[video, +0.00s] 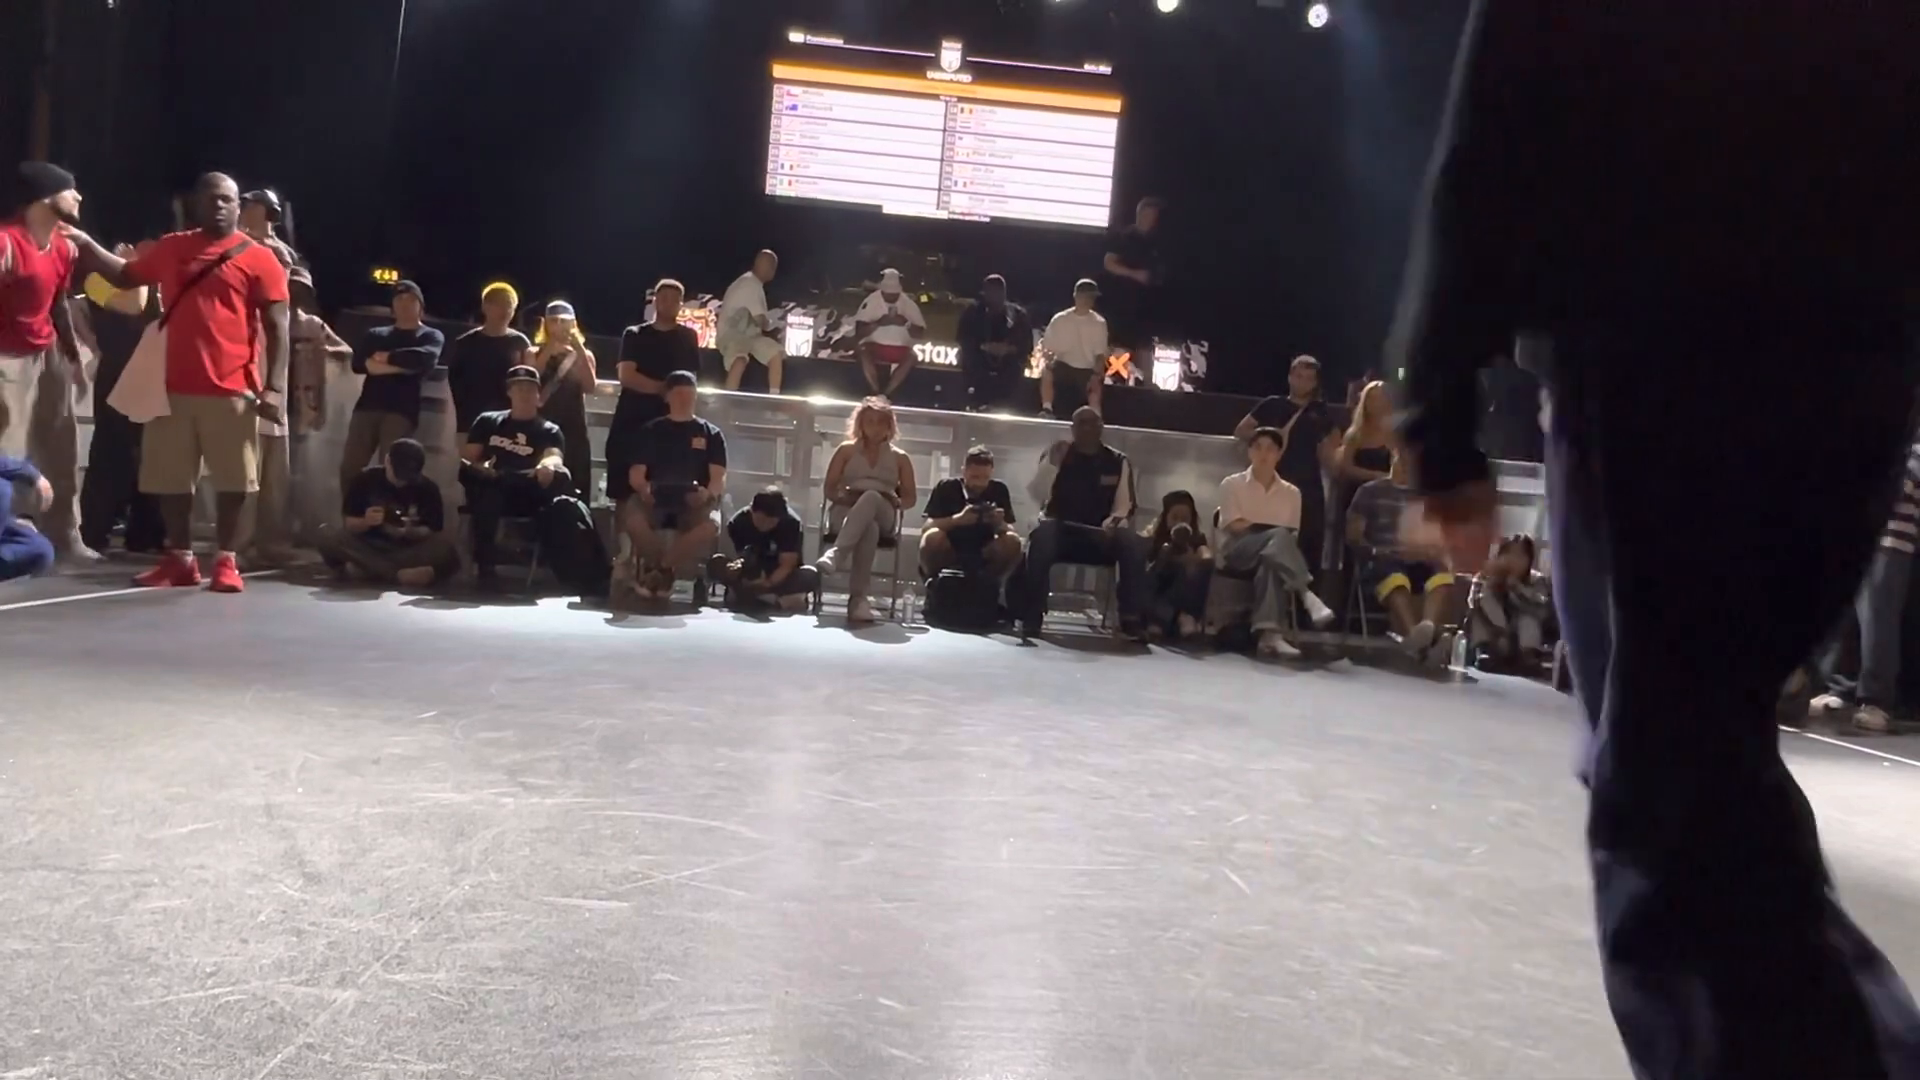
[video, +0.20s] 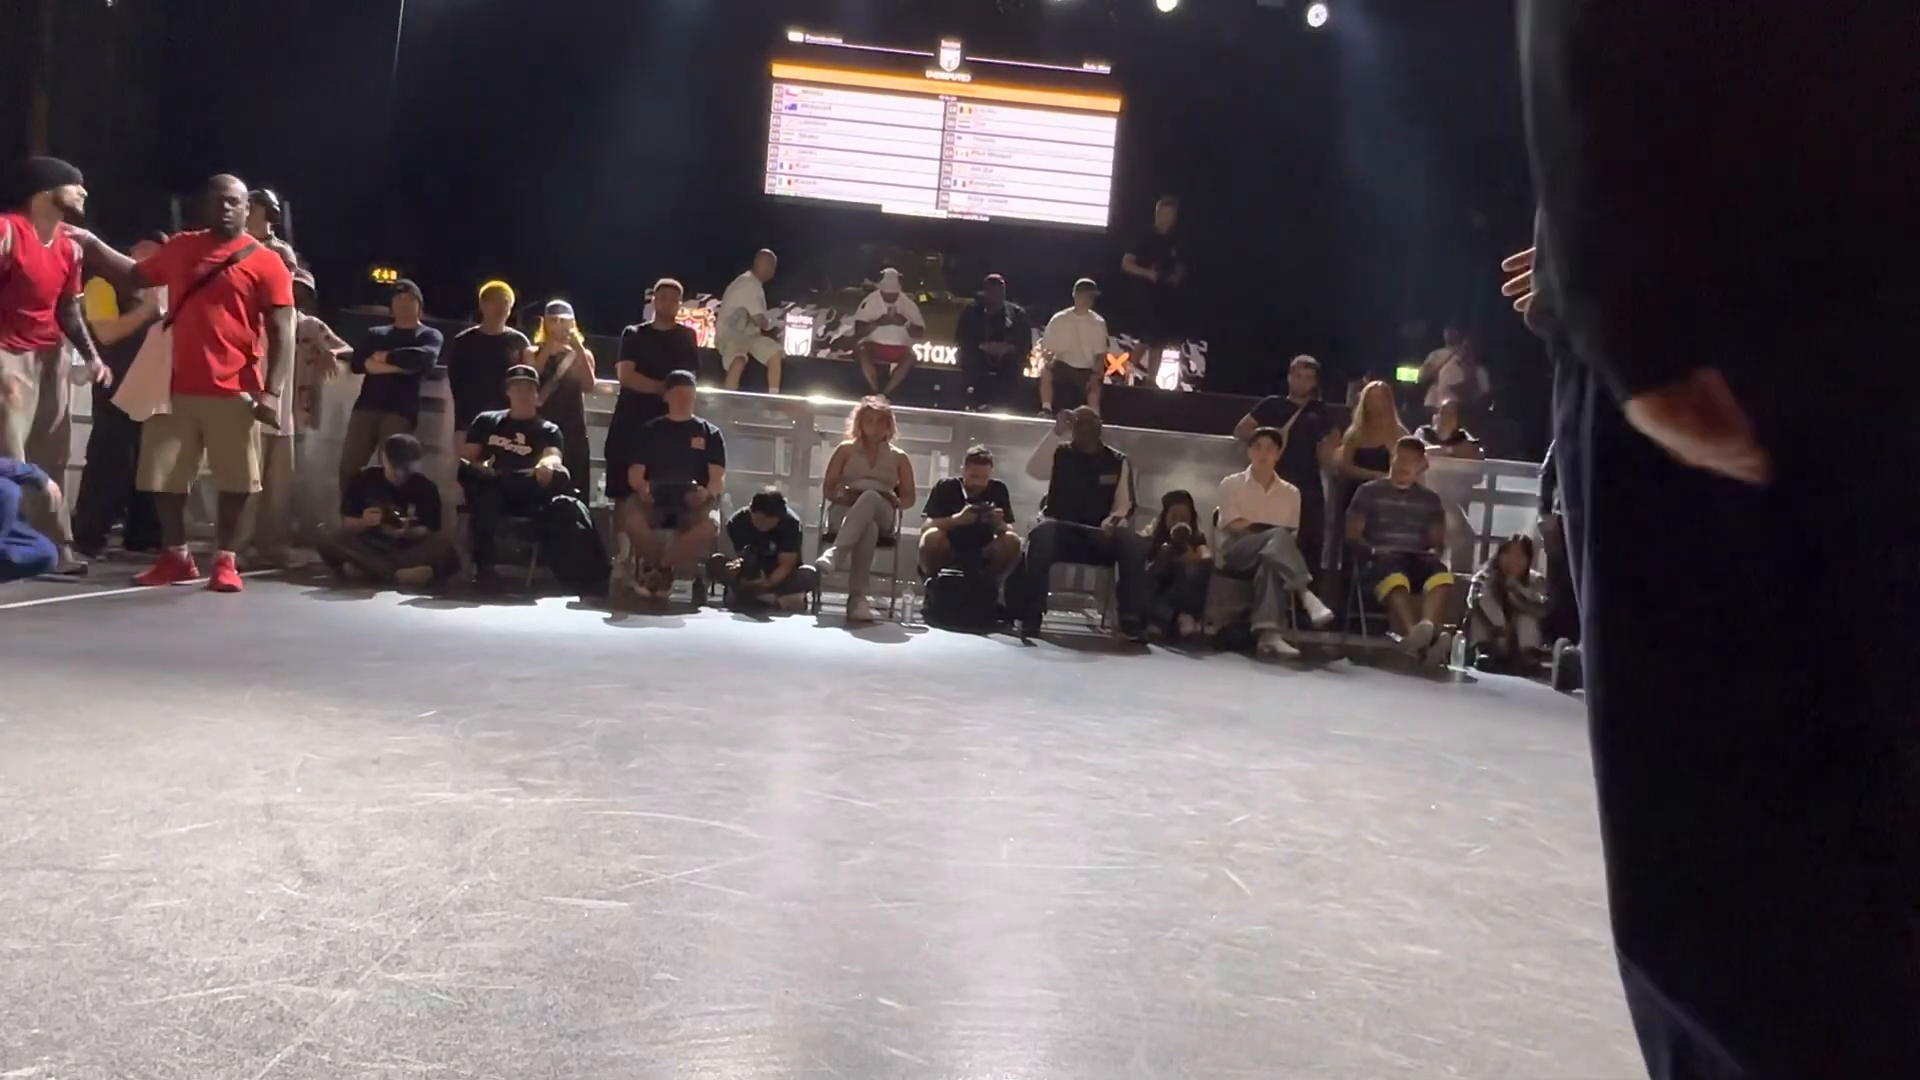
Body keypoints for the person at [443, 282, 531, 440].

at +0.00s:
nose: (505, 312)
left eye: (509, 306)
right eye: (499, 305)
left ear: (514, 310)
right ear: (485, 307)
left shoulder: (520, 343)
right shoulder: (463, 343)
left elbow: (526, 380)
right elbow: (454, 379)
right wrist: (464, 413)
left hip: (508, 421)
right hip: (470, 420)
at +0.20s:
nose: (502, 309)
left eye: (506, 303)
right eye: (496, 302)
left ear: (511, 307)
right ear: (482, 305)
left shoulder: (519, 341)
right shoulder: (462, 341)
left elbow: (525, 380)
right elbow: (454, 380)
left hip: (507, 420)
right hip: (468, 419)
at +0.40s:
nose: (495, 311)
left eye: (500, 306)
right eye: (490, 305)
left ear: (510, 312)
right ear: (482, 309)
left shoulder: (520, 345)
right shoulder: (462, 343)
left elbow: (526, 385)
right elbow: (455, 381)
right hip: (468, 421)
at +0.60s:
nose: (491, 313)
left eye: (497, 308)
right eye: (487, 307)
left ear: (508, 315)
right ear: (480, 311)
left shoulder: (519, 348)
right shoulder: (461, 344)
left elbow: (523, 388)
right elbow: (455, 384)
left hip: (504, 425)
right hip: (466, 422)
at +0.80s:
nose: (489, 317)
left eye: (495, 312)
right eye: (486, 311)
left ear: (506, 318)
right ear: (479, 313)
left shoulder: (515, 350)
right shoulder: (458, 345)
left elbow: (519, 389)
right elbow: (450, 384)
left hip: (500, 426)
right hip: (462, 422)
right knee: (459, 485)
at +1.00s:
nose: (484, 319)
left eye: (491, 314)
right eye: (481, 313)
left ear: (503, 320)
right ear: (475, 315)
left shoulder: (511, 352)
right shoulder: (455, 346)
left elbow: (514, 391)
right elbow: (445, 383)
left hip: (494, 426)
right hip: (457, 423)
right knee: (452, 487)